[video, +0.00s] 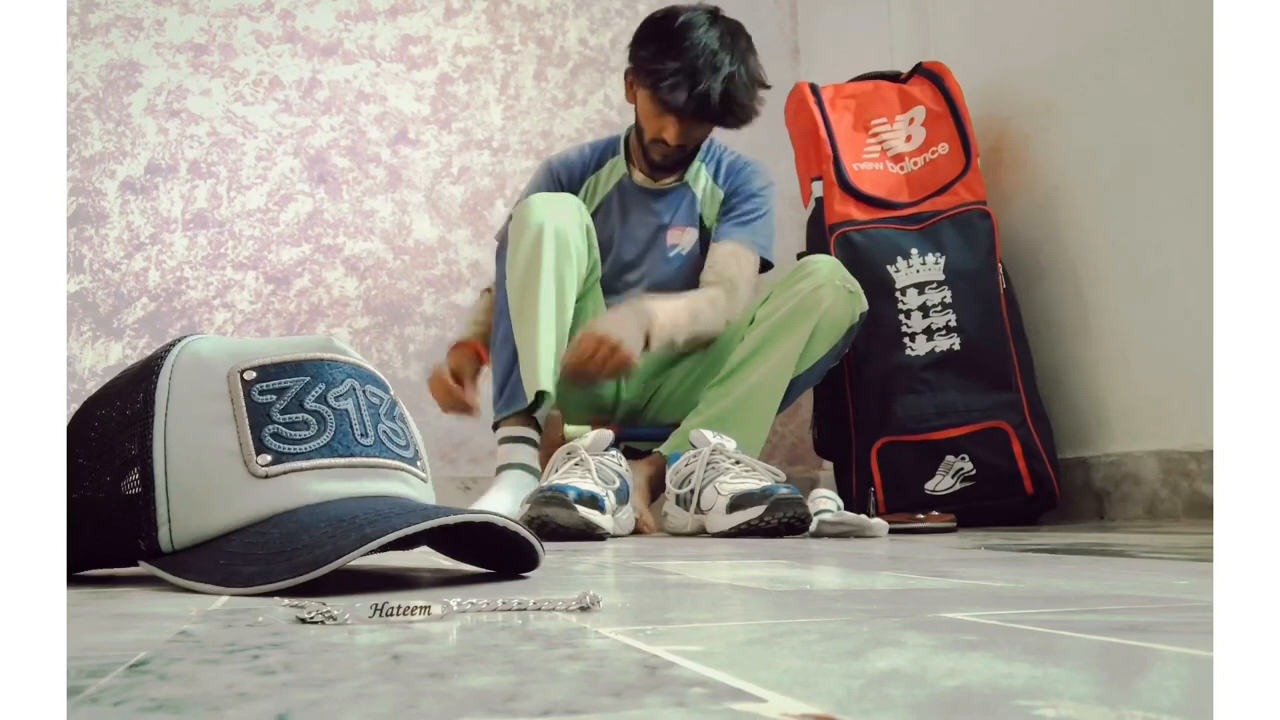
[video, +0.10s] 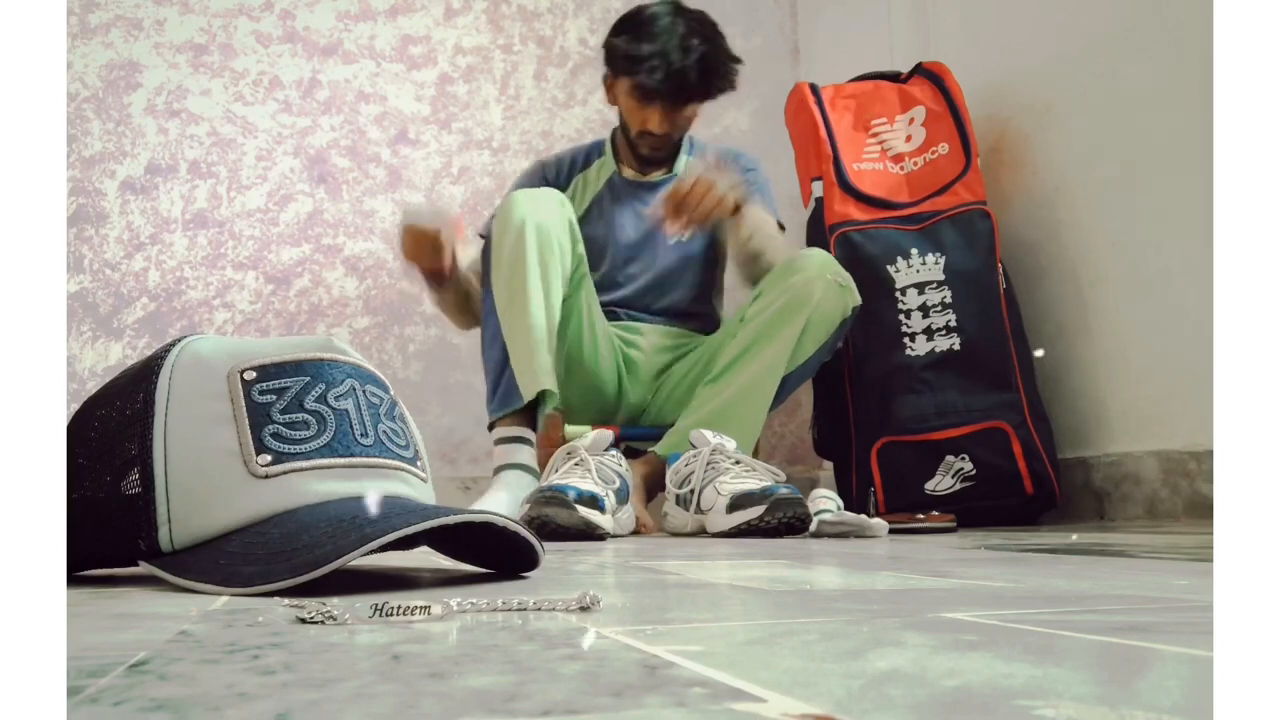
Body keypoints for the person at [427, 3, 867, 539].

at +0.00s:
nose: (674, 135)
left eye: (696, 121)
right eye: (664, 108)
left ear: (722, 116)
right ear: (633, 88)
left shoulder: (740, 183)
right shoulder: (566, 176)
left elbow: (726, 298)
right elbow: (506, 286)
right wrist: (475, 341)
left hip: (678, 384)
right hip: (579, 379)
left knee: (830, 281)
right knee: (546, 210)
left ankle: (698, 461)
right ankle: (520, 461)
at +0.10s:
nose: (659, 123)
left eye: (678, 105)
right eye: (644, 99)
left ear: (701, 99)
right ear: (612, 89)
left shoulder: (730, 175)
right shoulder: (556, 178)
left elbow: (775, 281)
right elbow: (473, 315)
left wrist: (736, 212)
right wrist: (444, 277)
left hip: (689, 371)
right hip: (587, 363)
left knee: (821, 277)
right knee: (528, 205)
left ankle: (681, 467)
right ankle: (524, 460)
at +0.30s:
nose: (614, 145)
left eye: (628, 126)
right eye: (596, 129)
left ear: (655, 115)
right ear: (571, 122)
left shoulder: (698, 206)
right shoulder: (550, 193)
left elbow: (751, 294)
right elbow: (453, 275)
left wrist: (825, 252)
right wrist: (486, 200)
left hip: (691, 387)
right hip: (588, 384)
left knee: (737, 202)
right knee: (547, 196)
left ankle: (758, 426)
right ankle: (542, 423)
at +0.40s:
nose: (607, 143)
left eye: (618, 123)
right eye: (589, 128)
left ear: (647, 108)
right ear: (565, 131)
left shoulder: (695, 202)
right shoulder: (553, 205)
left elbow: (758, 287)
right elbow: (455, 309)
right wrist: (465, 235)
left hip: (690, 382)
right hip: (592, 384)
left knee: (751, 208)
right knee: (566, 187)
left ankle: (772, 462)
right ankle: (586, 446)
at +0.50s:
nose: (624, 127)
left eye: (635, 103)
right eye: (602, 112)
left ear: (664, 92)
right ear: (577, 113)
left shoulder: (710, 192)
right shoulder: (543, 192)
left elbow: (784, 298)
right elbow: (470, 327)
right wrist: (455, 238)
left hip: (701, 383)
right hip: (595, 387)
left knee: (775, 214)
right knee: (552, 210)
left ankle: (766, 460)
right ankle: (583, 460)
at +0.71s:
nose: (657, 132)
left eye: (671, 109)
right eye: (636, 113)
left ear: (700, 91)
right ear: (608, 105)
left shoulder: (749, 184)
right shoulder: (569, 154)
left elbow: (817, 326)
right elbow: (565, 302)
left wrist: (844, 440)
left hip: (702, 382)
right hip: (598, 375)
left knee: (772, 208)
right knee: (487, 252)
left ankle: (742, 464)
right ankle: (583, 459)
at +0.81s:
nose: (667, 121)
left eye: (682, 96)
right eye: (644, 100)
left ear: (704, 80)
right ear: (606, 94)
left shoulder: (744, 179)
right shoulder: (561, 151)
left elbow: (812, 306)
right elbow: (602, 299)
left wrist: (844, 402)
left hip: (705, 383)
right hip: (605, 376)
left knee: (759, 200)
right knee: (502, 247)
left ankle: (742, 464)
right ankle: (586, 457)